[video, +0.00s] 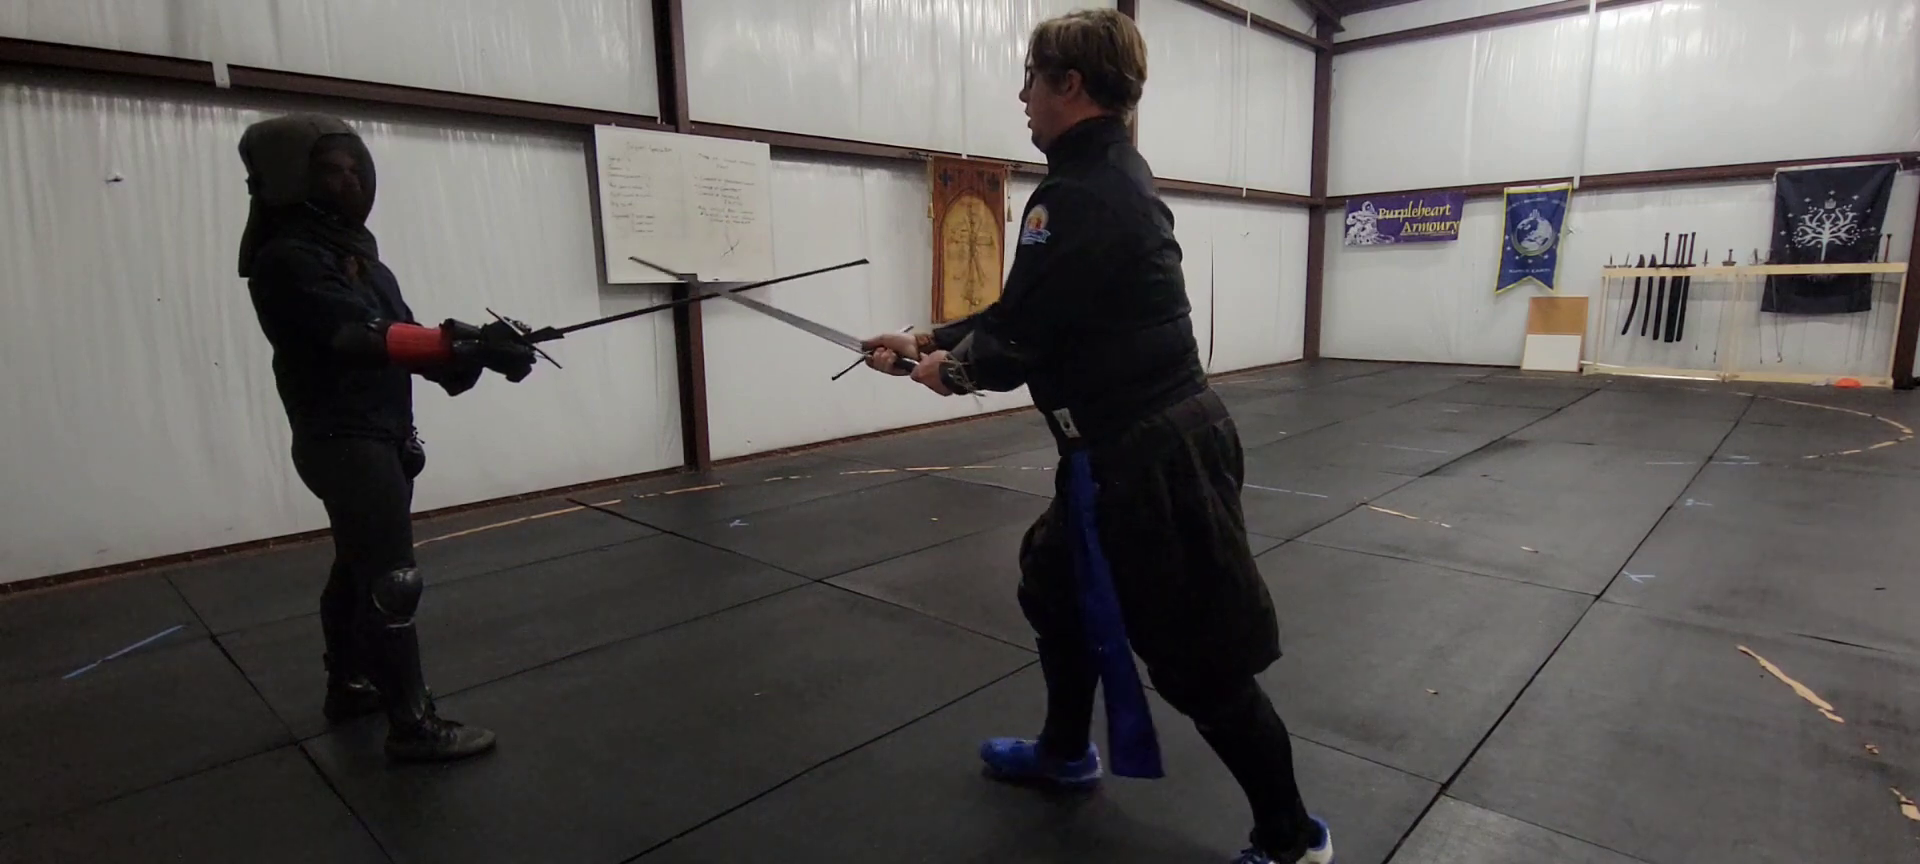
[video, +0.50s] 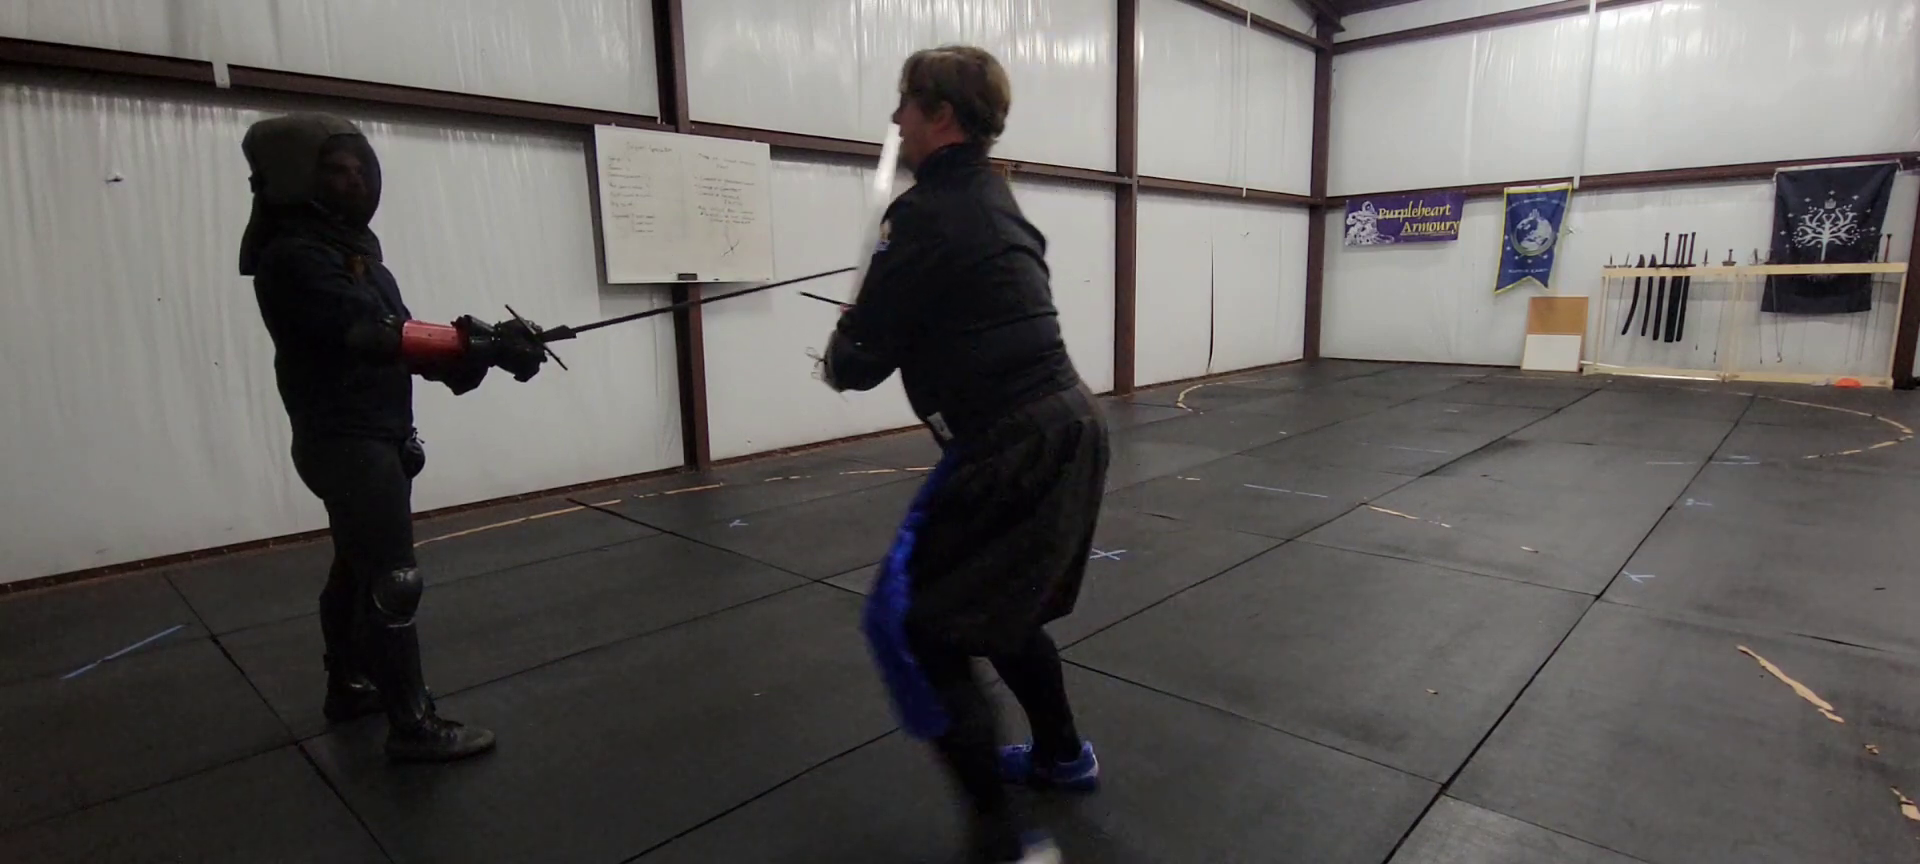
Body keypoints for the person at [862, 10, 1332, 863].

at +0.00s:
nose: (1024, 98)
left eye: (1033, 82)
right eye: (1027, 81)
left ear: (1072, 89)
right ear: (1091, 92)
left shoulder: (1082, 192)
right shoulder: (1106, 177)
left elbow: (1028, 334)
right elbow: (1026, 309)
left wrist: (951, 369)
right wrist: (928, 340)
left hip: (1153, 448)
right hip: (1147, 436)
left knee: (1197, 652)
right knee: (1052, 577)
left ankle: (1289, 838)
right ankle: (1064, 752)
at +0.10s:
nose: (1010, 103)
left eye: (1019, 88)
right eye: (1013, 87)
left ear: (1058, 96)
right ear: (1076, 99)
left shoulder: (1052, 198)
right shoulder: (1103, 181)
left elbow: (989, 347)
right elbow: (1024, 307)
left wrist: (925, 361)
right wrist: (928, 336)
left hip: (1120, 451)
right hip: (1157, 426)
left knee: (1191, 648)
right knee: (1045, 583)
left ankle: (1287, 836)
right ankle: (1059, 751)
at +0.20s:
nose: (982, 105)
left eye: (993, 90)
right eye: (987, 89)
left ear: (1033, 101)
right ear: (1053, 104)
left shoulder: (1017, 204)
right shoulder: (1085, 185)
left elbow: (956, 357)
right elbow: (1050, 314)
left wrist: (926, 358)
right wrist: (959, 344)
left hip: (1096, 447)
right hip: (1134, 419)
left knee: (1156, 648)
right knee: (1021, 577)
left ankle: (1281, 826)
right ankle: (1059, 749)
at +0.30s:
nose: (954, 113)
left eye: (962, 98)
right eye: (956, 97)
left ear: (1001, 106)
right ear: (1027, 111)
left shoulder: (981, 207)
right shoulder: (1065, 193)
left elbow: (911, 359)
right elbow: (1040, 304)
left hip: (1058, 444)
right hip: (1114, 419)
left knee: (1080, 658)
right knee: (1009, 590)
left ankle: (1251, 802)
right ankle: (1059, 749)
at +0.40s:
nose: (927, 112)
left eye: (938, 98)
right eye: (932, 98)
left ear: (977, 111)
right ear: (998, 117)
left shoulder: (951, 213)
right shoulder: (1036, 195)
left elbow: (880, 353)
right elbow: (1018, 301)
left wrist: (871, 349)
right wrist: (924, 326)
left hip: (1027, 444)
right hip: (1098, 420)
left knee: (978, 658)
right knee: (1047, 604)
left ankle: (1166, 809)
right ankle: (1058, 753)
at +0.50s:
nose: (895, 120)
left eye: (904, 107)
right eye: (899, 105)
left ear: (941, 119)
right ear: (969, 124)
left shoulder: (925, 216)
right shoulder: (998, 200)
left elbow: (855, 364)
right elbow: (991, 308)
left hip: (1003, 450)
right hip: (1070, 425)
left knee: (904, 621)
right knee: (998, 601)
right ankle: (1060, 752)